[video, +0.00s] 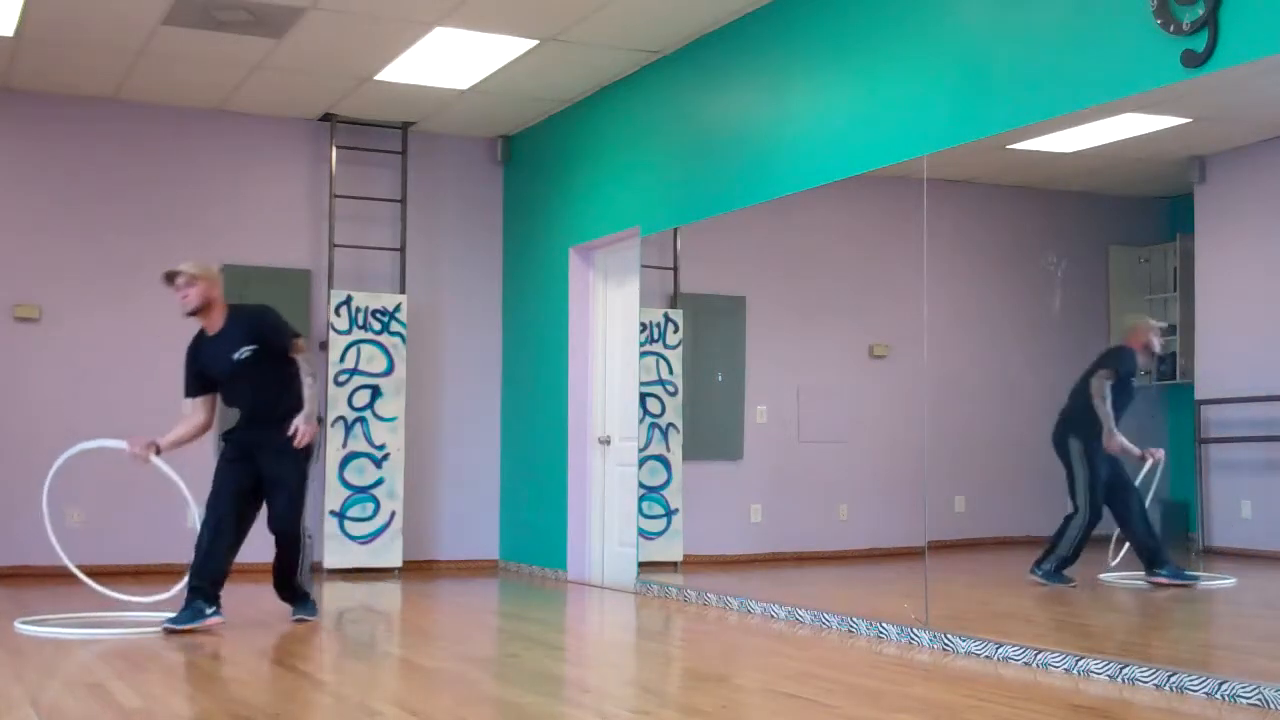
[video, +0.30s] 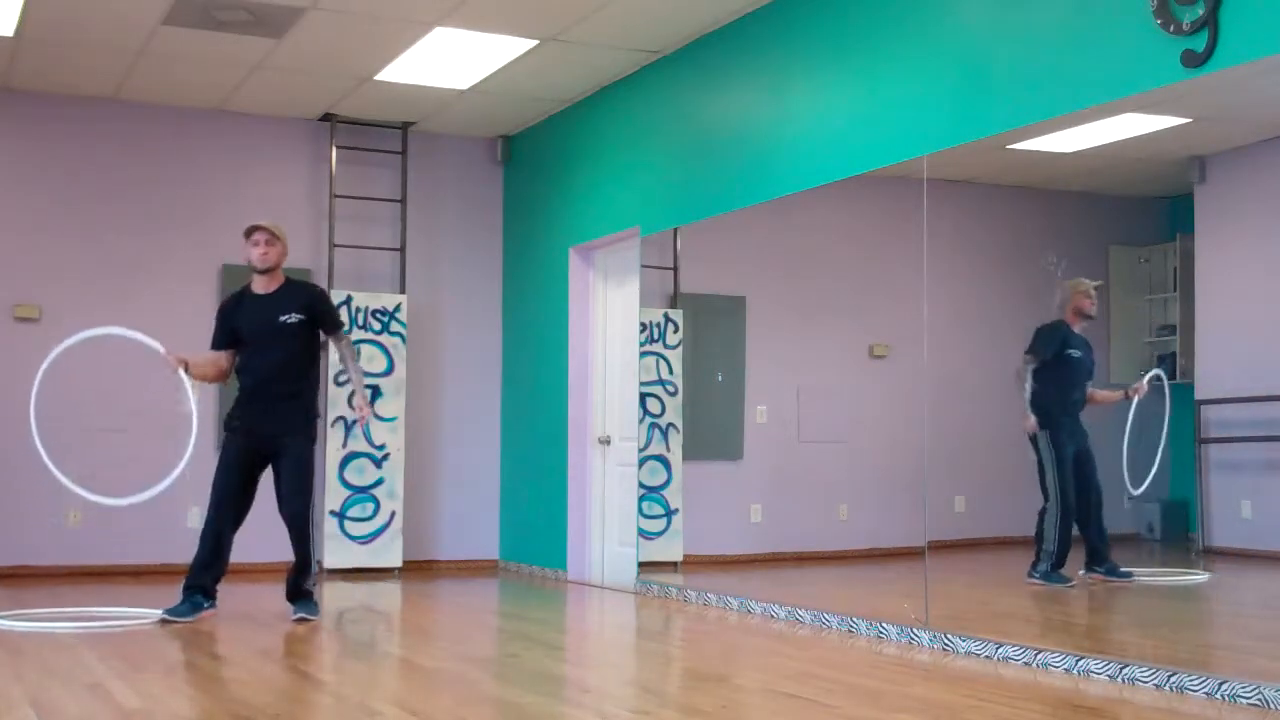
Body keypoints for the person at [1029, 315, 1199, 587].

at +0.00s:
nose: (1159, 342)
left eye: (1159, 336)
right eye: (1155, 335)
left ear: (1138, 339)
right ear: (1138, 336)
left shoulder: (1127, 372)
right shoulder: (1123, 355)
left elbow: (1108, 430)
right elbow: (1099, 384)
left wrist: (1139, 452)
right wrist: (1109, 430)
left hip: (1093, 442)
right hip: (1076, 436)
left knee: (1128, 502)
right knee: (1087, 509)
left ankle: (1158, 566)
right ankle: (1047, 567)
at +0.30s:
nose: (1093, 302)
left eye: (1093, 297)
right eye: (1086, 296)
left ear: (1090, 305)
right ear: (1070, 300)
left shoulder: (1084, 346)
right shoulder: (1052, 332)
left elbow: (1088, 394)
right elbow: (1026, 369)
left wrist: (1126, 393)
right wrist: (1027, 413)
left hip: (1072, 424)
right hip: (1049, 424)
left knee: (1089, 493)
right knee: (1059, 498)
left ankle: (1098, 561)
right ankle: (1044, 566)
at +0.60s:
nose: (1058, 302)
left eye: (1059, 297)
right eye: (1051, 297)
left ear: (1061, 304)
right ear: (1034, 304)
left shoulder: (1067, 344)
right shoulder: (1018, 340)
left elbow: (1088, 385)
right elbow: (995, 380)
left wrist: (1116, 370)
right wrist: (986, 422)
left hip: (1054, 425)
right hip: (1025, 425)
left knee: (1048, 491)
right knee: (1038, 491)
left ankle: (1027, 554)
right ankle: (1042, 564)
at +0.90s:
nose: (1045, 304)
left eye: (1047, 300)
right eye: (1039, 300)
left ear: (1049, 306)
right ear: (1023, 304)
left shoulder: (1054, 345)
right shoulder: (1002, 339)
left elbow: (1075, 387)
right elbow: (982, 380)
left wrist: (1086, 381)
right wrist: (981, 420)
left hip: (1040, 429)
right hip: (1008, 428)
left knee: (1033, 498)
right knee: (1003, 496)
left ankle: (1029, 559)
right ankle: (993, 564)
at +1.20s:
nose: (1020, 306)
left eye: (1022, 301)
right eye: (1013, 302)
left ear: (1026, 307)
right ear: (998, 307)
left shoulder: (1036, 346)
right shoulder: (980, 341)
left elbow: (1052, 383)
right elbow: (963, 383)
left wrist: (1062, 400)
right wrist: (962, 421)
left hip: (1024, 429)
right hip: (989, 428)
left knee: (1024, 498)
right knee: (974, 498)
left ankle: (1027, 560)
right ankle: (954, 561)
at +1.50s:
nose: (982, 307)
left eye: (984, 302)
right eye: (975, 303)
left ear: (987, 307)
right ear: (961, 308)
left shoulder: (1000, 344)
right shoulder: (941, 345)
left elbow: (1018, 383)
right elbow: (931, 392)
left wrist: (1036, 412)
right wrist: (929, 428)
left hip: (994, 432)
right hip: (957, 434)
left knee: (1010, 496)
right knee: (952, 503)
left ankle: (1021, 558)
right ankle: (944, 564)